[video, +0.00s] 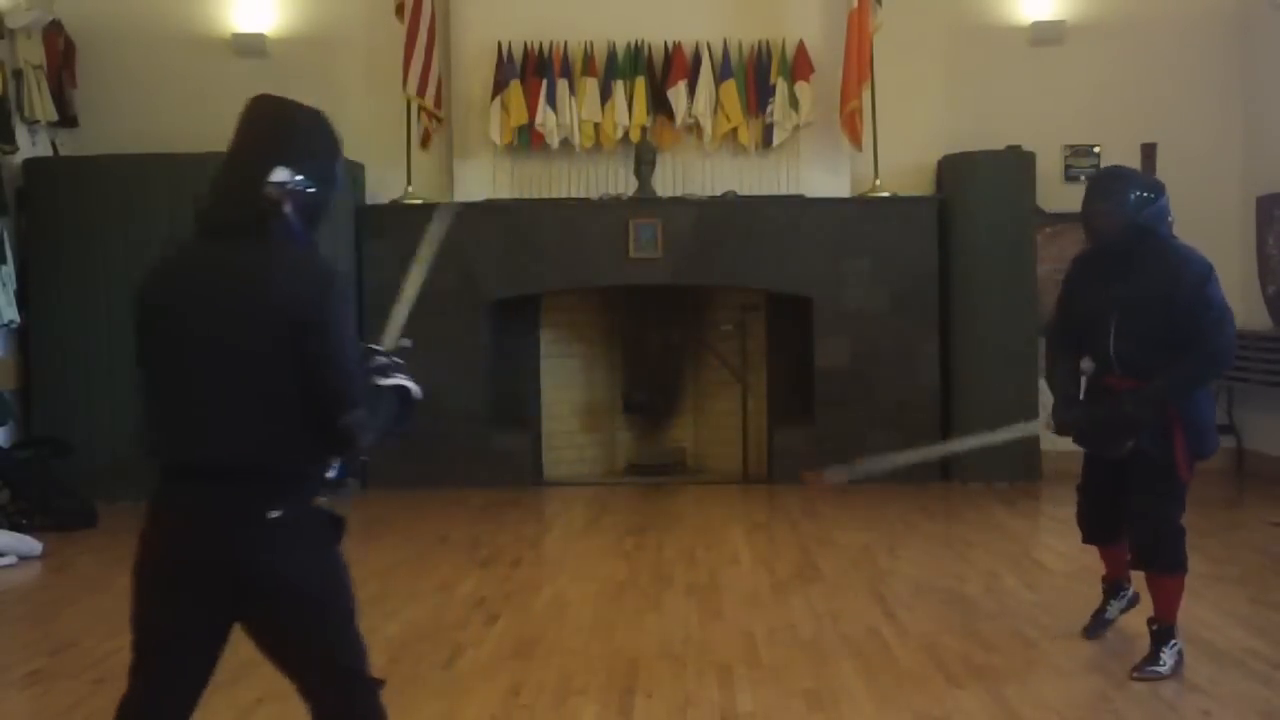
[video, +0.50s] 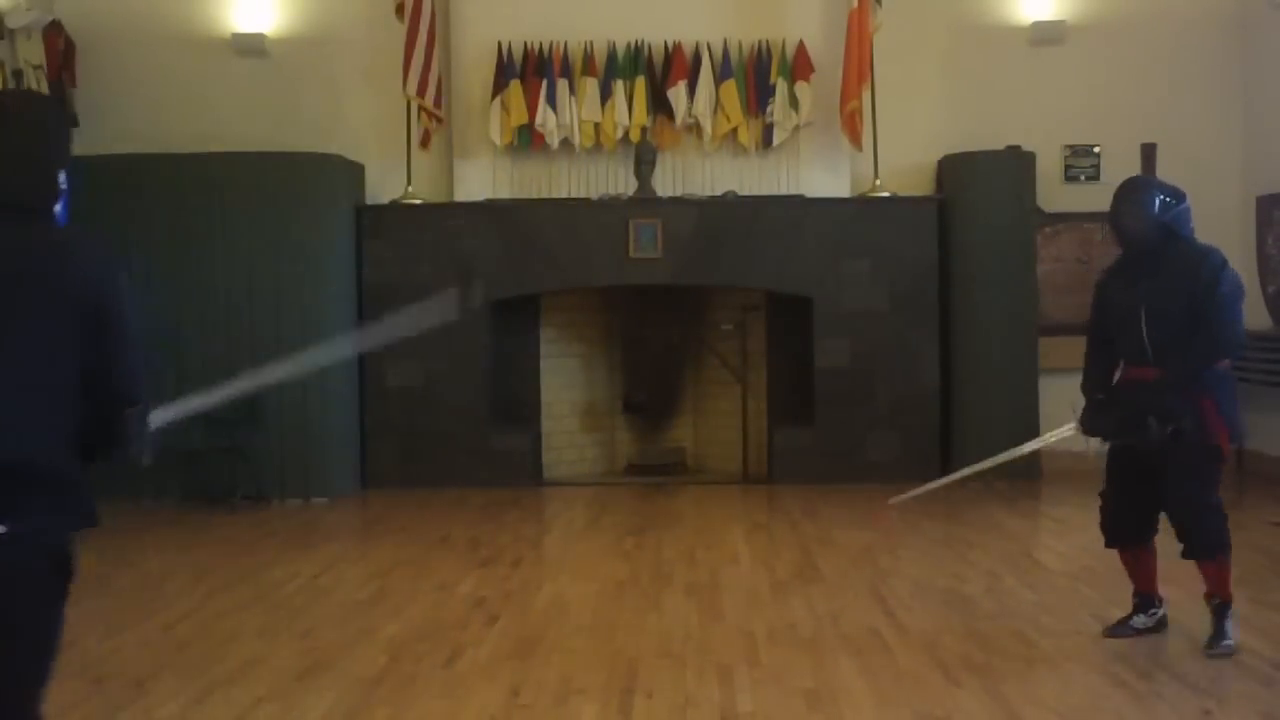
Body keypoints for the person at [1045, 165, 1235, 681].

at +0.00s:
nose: (1095, 226)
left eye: (1106, 216)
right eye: (1091, 216)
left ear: (1138, 214)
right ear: (1090, 216)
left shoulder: (1182, 268)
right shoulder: (1088, 266)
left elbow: (1217, 349)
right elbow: (1062, 337)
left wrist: (1151, 401)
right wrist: (1067, 397)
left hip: (1166, 413)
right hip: (1106, 410)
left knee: (1155, 522)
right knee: (1099, 508)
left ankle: (1165, 637)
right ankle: (1118, 589)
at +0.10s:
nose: (1103, 225)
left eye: (1114, 215)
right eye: (1099, 215)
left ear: (1144, 215)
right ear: (1097, 217)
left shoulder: (1188, 270)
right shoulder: (1092, 271)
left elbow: (1222, 351)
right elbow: (1071, 347)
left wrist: (1157, 393)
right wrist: (1078, 405)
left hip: (1167, 420)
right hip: (1106, 418)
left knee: (1157, 526)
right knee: (1101, 514)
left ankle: (1165, 639)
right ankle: (1131, 585)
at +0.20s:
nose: (1110, 227)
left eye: (1122, 217)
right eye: (1106, 217)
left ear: (1153, 218)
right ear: (1104, 221)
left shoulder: (1193, 274)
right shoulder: (1097, 276)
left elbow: (1226, 350)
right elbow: (1078, 351)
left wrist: (1164, 398)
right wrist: (1087, 411)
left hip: (1169, 421)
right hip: (1110, 419)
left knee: (1157, 525)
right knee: (1105, 518)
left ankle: (1166, 640)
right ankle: (1139, 596)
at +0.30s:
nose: (1113, 229)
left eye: (1124, 218)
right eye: (1109, 218)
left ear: (1155, 219)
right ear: (1105, 222)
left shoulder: (1195, 274)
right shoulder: (1100, 279)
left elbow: (1226, 348)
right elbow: (1082, 354)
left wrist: (1164, 395)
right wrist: (1092, 412)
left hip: (1174, 422)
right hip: (1115, 422)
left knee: (1164, 523)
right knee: (1117, 517)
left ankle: (1168, 637)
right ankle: (1144, 606)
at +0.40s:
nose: (1117, 230)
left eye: (1127, 219)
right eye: (1112, 219)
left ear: (1156, 217)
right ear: (1108, 224)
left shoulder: (1198, 268)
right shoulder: (1104, 278)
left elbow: (1228, 342)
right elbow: (1087, 350)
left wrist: (1173, 380)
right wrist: (1092, 405)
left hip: (1184, 417)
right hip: (1123, 415)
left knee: (1179, 517)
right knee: (1121, 515)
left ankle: (1186, 625)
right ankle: (1147, 604)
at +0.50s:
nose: (1124, 230)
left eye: (1133, 219)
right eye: (1119, 220)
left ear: (1161, 216)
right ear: (1116, 224)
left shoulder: (1205, 267)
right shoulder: (1115, 279)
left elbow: (1223, 345)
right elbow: (1099, 350)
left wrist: (1170, 397)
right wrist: (1097, 402)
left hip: (1195, 415)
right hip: (1134, 415)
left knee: (1198, 512)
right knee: (1125, 512)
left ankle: (1221, 613)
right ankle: (1147, 607)